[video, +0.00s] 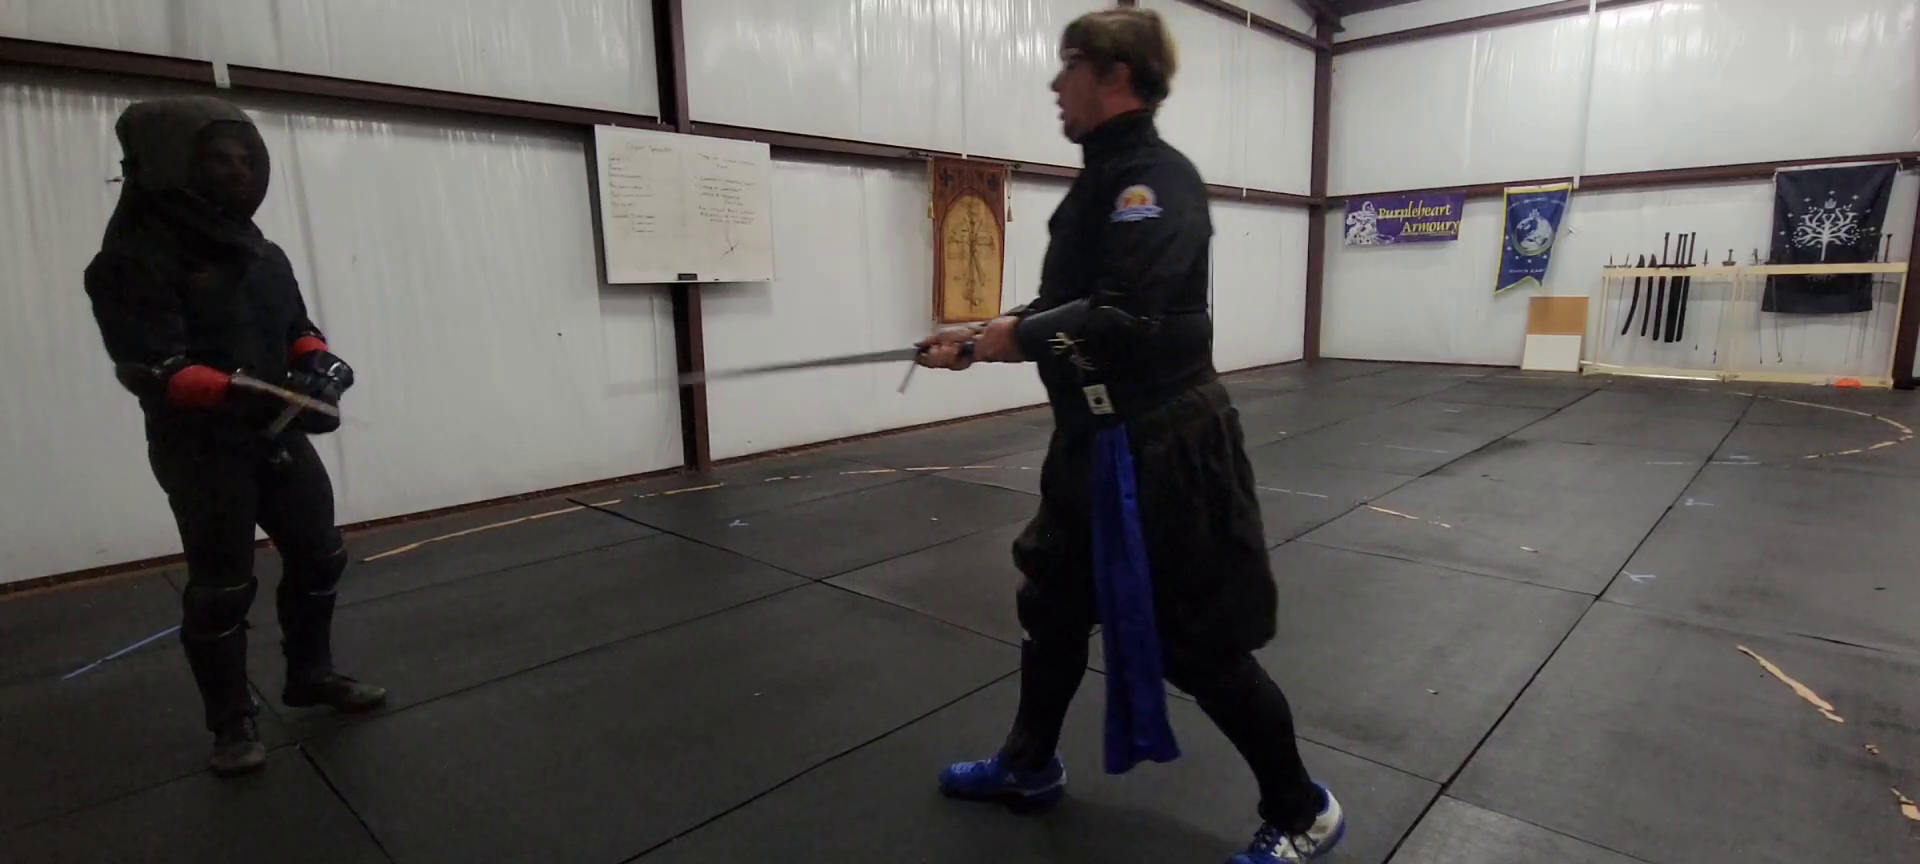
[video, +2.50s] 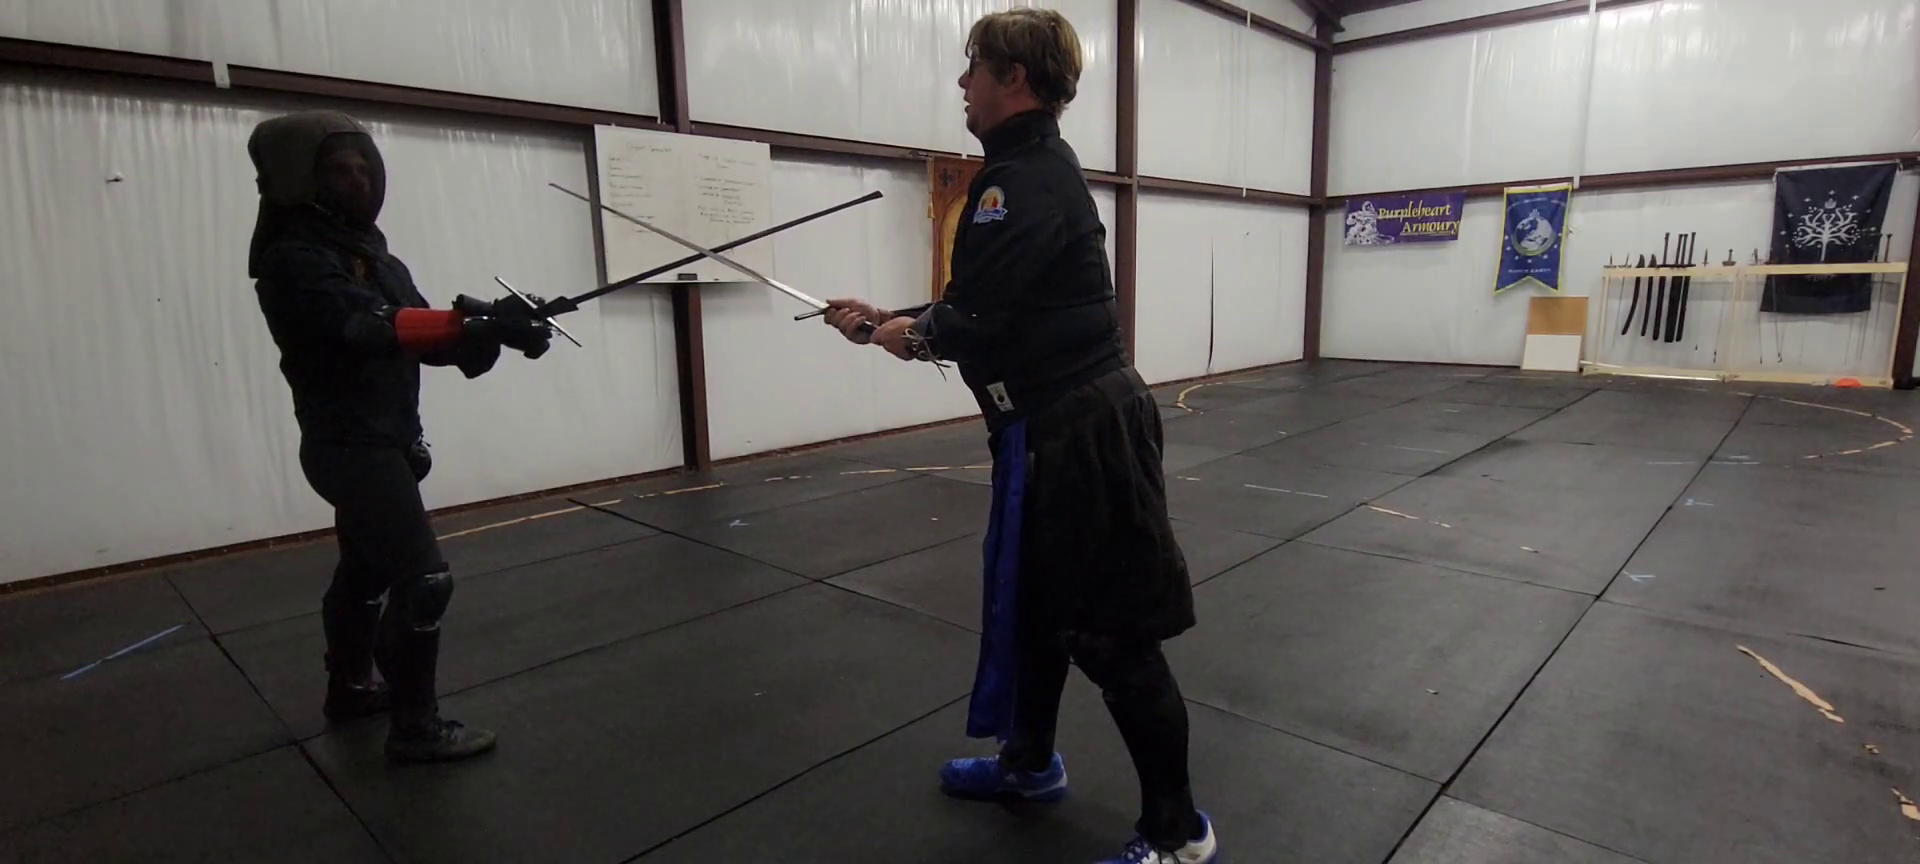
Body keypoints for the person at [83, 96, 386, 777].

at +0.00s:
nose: (239, 172)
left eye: (249, 159)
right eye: (220, 160)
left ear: (264, 169)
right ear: (181, 170)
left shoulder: (261, 253)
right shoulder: (134, 259)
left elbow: (294, 329)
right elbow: (146, 364)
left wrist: (316, 363)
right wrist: (228, 390)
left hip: (276, 428)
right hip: (198, 442)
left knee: (317, 550)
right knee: (221, 581)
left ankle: (310, 676)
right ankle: (232, 721)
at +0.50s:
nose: (308, 183)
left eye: (316, 171)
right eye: (292, 170)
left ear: (327, 182)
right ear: (255, 178)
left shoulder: (324, 263)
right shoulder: (225, 255)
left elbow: (370, 341)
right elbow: (276, 322)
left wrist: (411, 322)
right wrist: (376, 316)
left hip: (347, 436)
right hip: (282, 445)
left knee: (359, 565)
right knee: (311, 579)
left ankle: (351, 686)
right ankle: (250, 720)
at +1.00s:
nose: (372, 185)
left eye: (374, 173)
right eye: (358, 172)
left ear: (365, 180)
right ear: (320, 178)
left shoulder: (361, 256)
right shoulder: (285, 254)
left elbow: (407, 342)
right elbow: (343, 327)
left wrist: (467, 325)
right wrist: (445, 316)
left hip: (383, 442)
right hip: (343, 447)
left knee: (367, 569)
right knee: (410, 580)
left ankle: (352, 688)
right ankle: (413, 725)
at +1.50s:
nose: (368, 182)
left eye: (376, 169)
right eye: (350, 171)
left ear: (389, 177)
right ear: (315, 183)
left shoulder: (383, 255)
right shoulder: (304, 259)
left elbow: (422, 334)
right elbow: (376, 329)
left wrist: (490, 339)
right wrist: (489, 322)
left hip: (394, 446)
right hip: (358, 452)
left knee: (368, 574)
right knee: (435, 582)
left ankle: (350, 690)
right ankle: (415, 728)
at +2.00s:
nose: (361, 181)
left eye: (370, 167)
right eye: (342, 170)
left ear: (384, 175)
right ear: (307, 181)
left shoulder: (375, 253)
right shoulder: (297, 259)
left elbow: (415, 332)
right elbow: (363, 329)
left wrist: (482, 341)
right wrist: (476, 322)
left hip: (388, 445)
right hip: (352, 451)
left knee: (363, 574)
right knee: (425, 584)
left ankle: (349, 689)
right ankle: (416, 728)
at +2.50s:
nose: (357, 183)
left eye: (365, 170)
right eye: (340, 171)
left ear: (378, 178)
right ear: (308, 182)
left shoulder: (369, 250)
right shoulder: (293, 257)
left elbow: (411, 325)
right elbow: (360, 327)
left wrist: (476, 340)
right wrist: (472, 322)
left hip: (388, 443)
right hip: (352, 450)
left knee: (364, 572)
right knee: (422, 583)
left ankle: (350, 690)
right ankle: (416, 727)